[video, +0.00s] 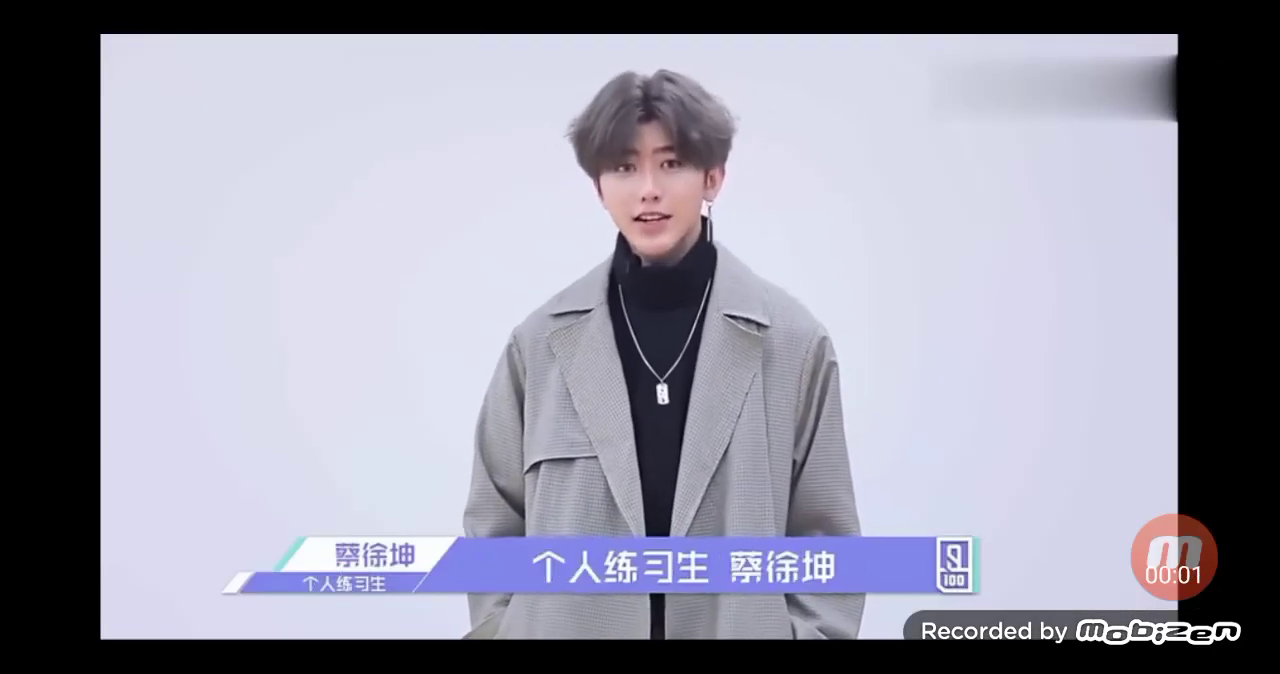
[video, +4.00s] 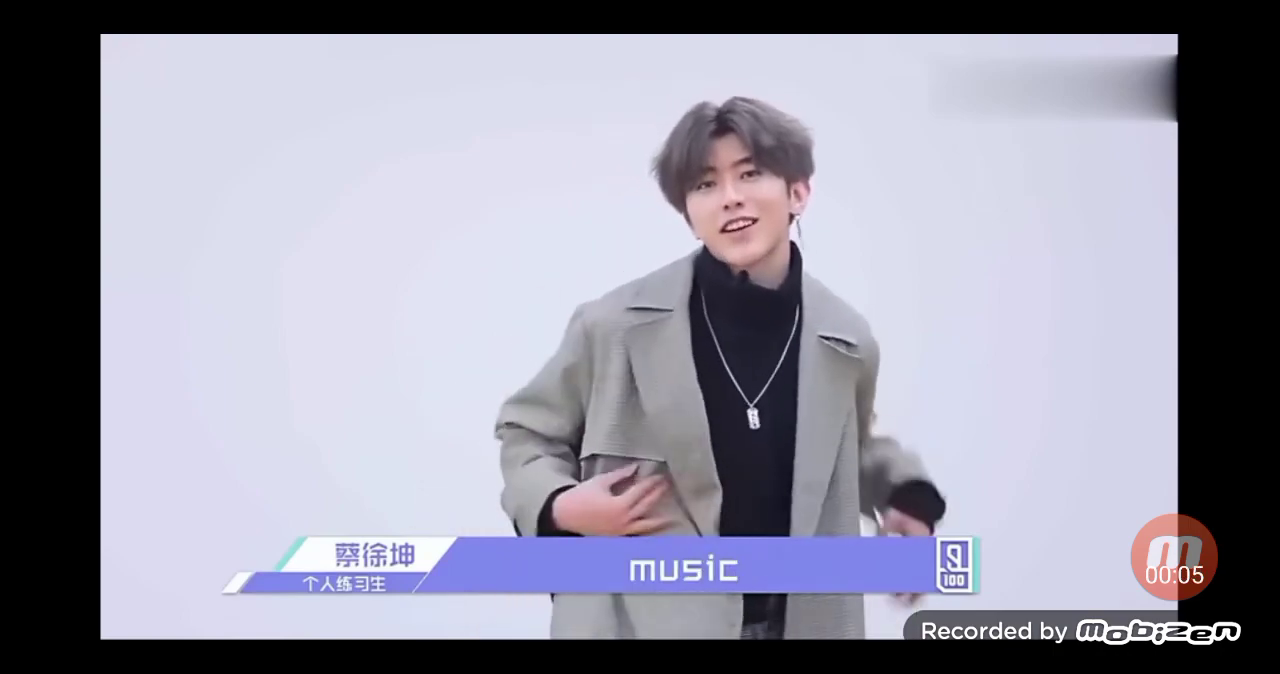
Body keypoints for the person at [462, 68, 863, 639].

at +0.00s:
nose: (649, 190)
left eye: (672, 164)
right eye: (625, 167)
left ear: (712, 180)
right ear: (599, 185)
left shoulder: (795, 341)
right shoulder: (535, 345)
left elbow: (830, 538)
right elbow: (490, 525)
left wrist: (809, 631)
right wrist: (500, 627)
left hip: (737, 630)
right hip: (569, 630)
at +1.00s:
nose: (609, 190)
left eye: (631, 164)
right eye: (585, 168)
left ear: (673, 177)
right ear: (560, 190)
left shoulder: (765, 336)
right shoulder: (505, 351)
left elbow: (804, 530)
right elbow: (467, 528)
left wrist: (786, 630)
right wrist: (485, 626)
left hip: (714, 630)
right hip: (548, 631)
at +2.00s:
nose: (595, 185)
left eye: (618, 164)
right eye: (572, 163)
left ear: (655, 188)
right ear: (542, 186)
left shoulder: (746, 333)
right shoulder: (489, 359)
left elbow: (791, 530)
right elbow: (455, 542)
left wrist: (776, 630)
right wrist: (476, 628)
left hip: (704, 629)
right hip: (541, 631)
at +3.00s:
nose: (640, 193)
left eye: (659, 167)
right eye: (615, 175)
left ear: (705, 181)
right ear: (594, 199)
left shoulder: (797, 342)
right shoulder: (542, 356)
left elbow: (827, 541)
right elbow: (495, 536)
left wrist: (805, 631)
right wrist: (510, 628)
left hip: (737, 630)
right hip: (581, 630)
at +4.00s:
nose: (730, 199)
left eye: (750, 174)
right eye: (705, 184)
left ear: (798, 192)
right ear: (686, 210)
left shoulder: (849, 341)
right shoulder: (611, 328)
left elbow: (856, 450)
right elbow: (529, 432)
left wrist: (909, 492)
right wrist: (557, 506)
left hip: (808, 625)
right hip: (653, 620)